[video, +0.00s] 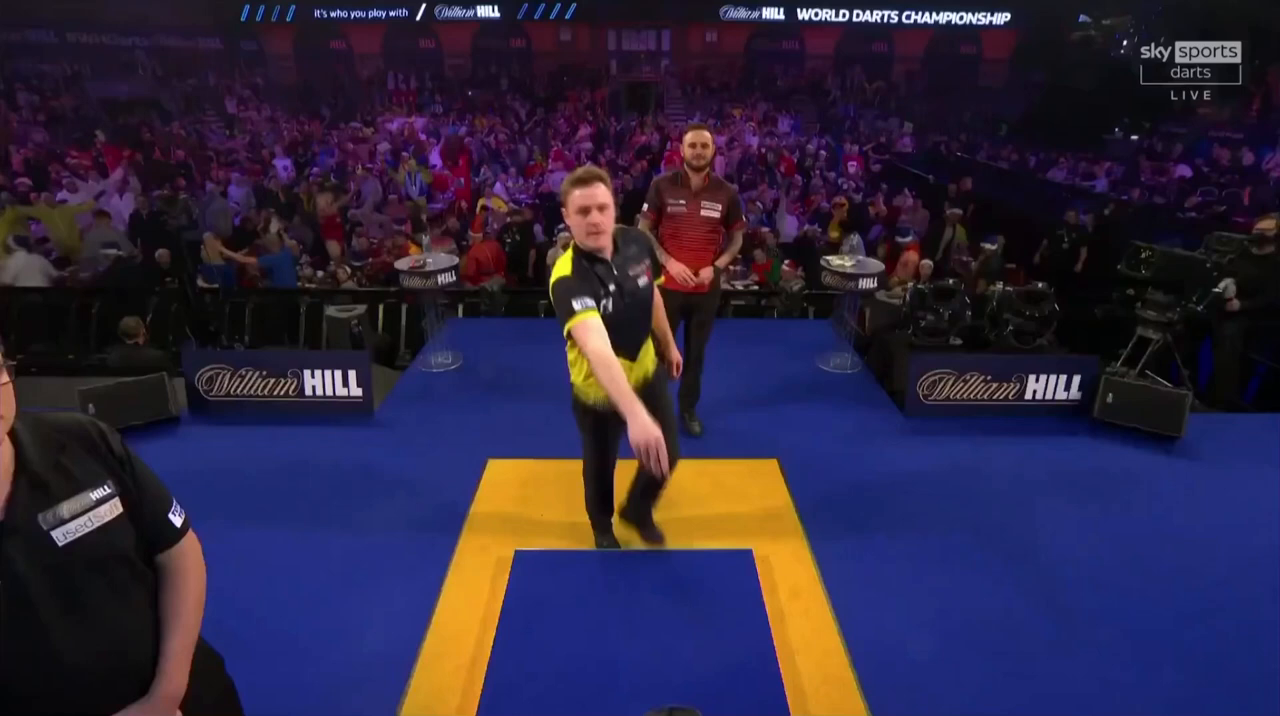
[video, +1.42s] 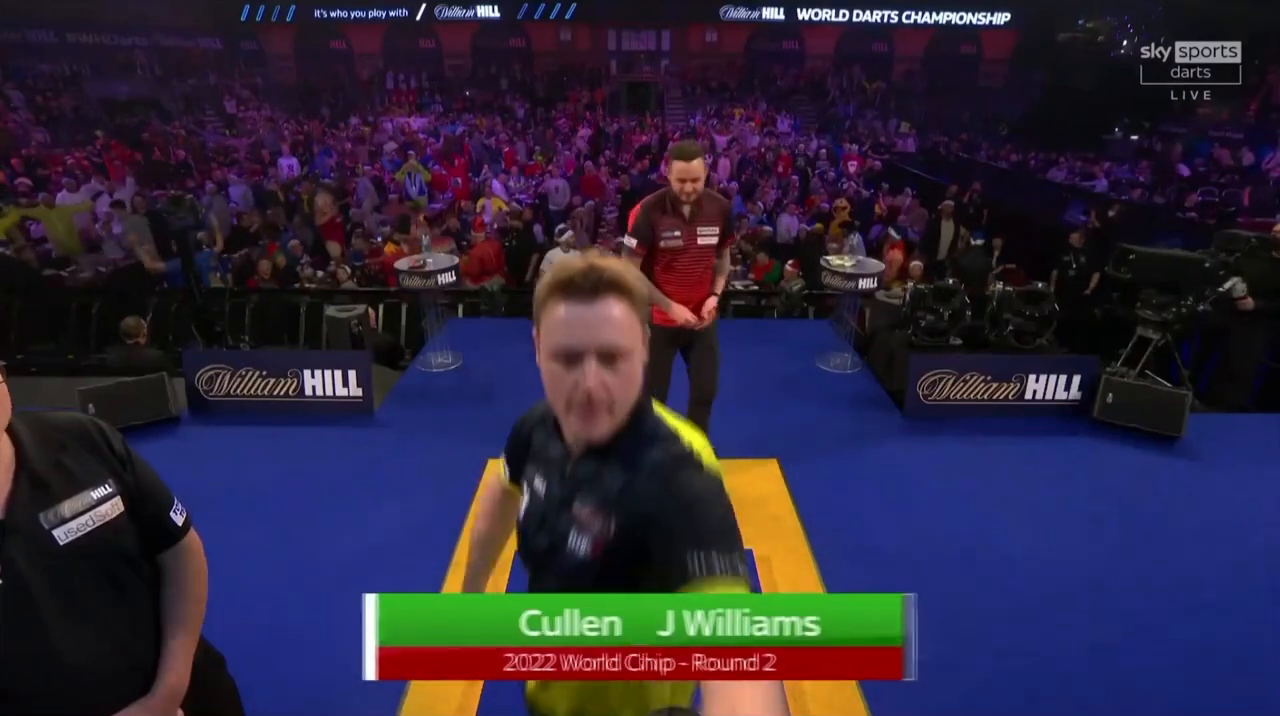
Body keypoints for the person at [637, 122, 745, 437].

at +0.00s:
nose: (698, 151)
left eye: (704, 146)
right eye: (692, 145)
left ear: (713, 151)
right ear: (682, 150)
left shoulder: (726, 193)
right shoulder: (662, 186)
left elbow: (737, 237)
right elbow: (643, 227)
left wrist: (716, 267)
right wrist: (667, 261)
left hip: (704, 288)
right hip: (668, 286)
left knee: (696, 353)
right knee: (660, 350)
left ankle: (688, 409)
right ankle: (653, 410)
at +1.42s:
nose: (688, 188)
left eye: (695, 181)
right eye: (681, 180)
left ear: (705, 174)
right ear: (668, 174)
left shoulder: (719, 208)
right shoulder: (648, 212)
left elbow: (723, 256)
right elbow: (628, 271)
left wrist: (714, 295)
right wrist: (671, 308)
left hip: (702, 320)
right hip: (661, 322)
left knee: (705, 394)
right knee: (654, 396)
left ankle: (694, 463)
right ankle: (651, 461)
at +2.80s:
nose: (696, 178)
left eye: (703, 169)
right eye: (686, 171)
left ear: (714, 174)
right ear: (670, 178)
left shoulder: (729, 221)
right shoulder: (660, 235)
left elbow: (740, 278)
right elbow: (648, 301)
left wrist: (748, 334)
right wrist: (673, 299)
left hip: (727, 347)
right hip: (686, 358)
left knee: (729, 410)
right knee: (680, 441)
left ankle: (712, 461)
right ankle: (673, 517)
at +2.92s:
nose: (693, 179)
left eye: (699, 170)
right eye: (682, 173)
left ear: (711, 174)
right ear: (666, 179)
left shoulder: (727, 219)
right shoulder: (661, 233)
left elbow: (739, 277)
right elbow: (649, 300)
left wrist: (749, 334)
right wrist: (668, 268)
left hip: (727, 346)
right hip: (685, 356)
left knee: (726, 410)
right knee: (680, 442)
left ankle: (713, 460)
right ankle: (674, 517)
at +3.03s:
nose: (690, 181)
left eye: (697, 171)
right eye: (679, 174)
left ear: (709, 175)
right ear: (663, 180)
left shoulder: (725, 219)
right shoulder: (654, 234)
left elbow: (739, 276)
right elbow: (647, 294)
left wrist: (750, 334)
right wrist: (660, 244)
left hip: (728, 346)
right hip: (686, 357)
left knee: (725, 413)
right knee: (680, 443)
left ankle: (714, 462)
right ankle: (674, 518)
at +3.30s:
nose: (686, 184)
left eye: (694, 175)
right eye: (676, 177)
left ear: (707, 178)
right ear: (661, 183)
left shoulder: (725, 221)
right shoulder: (654, 236)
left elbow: (744, 279)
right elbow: (636, 296)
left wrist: (753, 338)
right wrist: (648, 224)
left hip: (729, 352)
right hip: (686, 362)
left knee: (726, 416)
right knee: (680, 445)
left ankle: (715, 461)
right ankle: (674, 517)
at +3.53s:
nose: (688, 187)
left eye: (696, 177)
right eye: (677, 179)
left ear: (708, 180)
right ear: (662, 185)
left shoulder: (727, 224)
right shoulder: (652, 240)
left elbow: (746, 282)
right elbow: (635, 303)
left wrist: (754, 342)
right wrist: (652, 231)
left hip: (728, 353)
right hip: (684, 363)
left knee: (726, 416)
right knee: (680, 445)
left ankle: (715, 462)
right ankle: (674, 517)